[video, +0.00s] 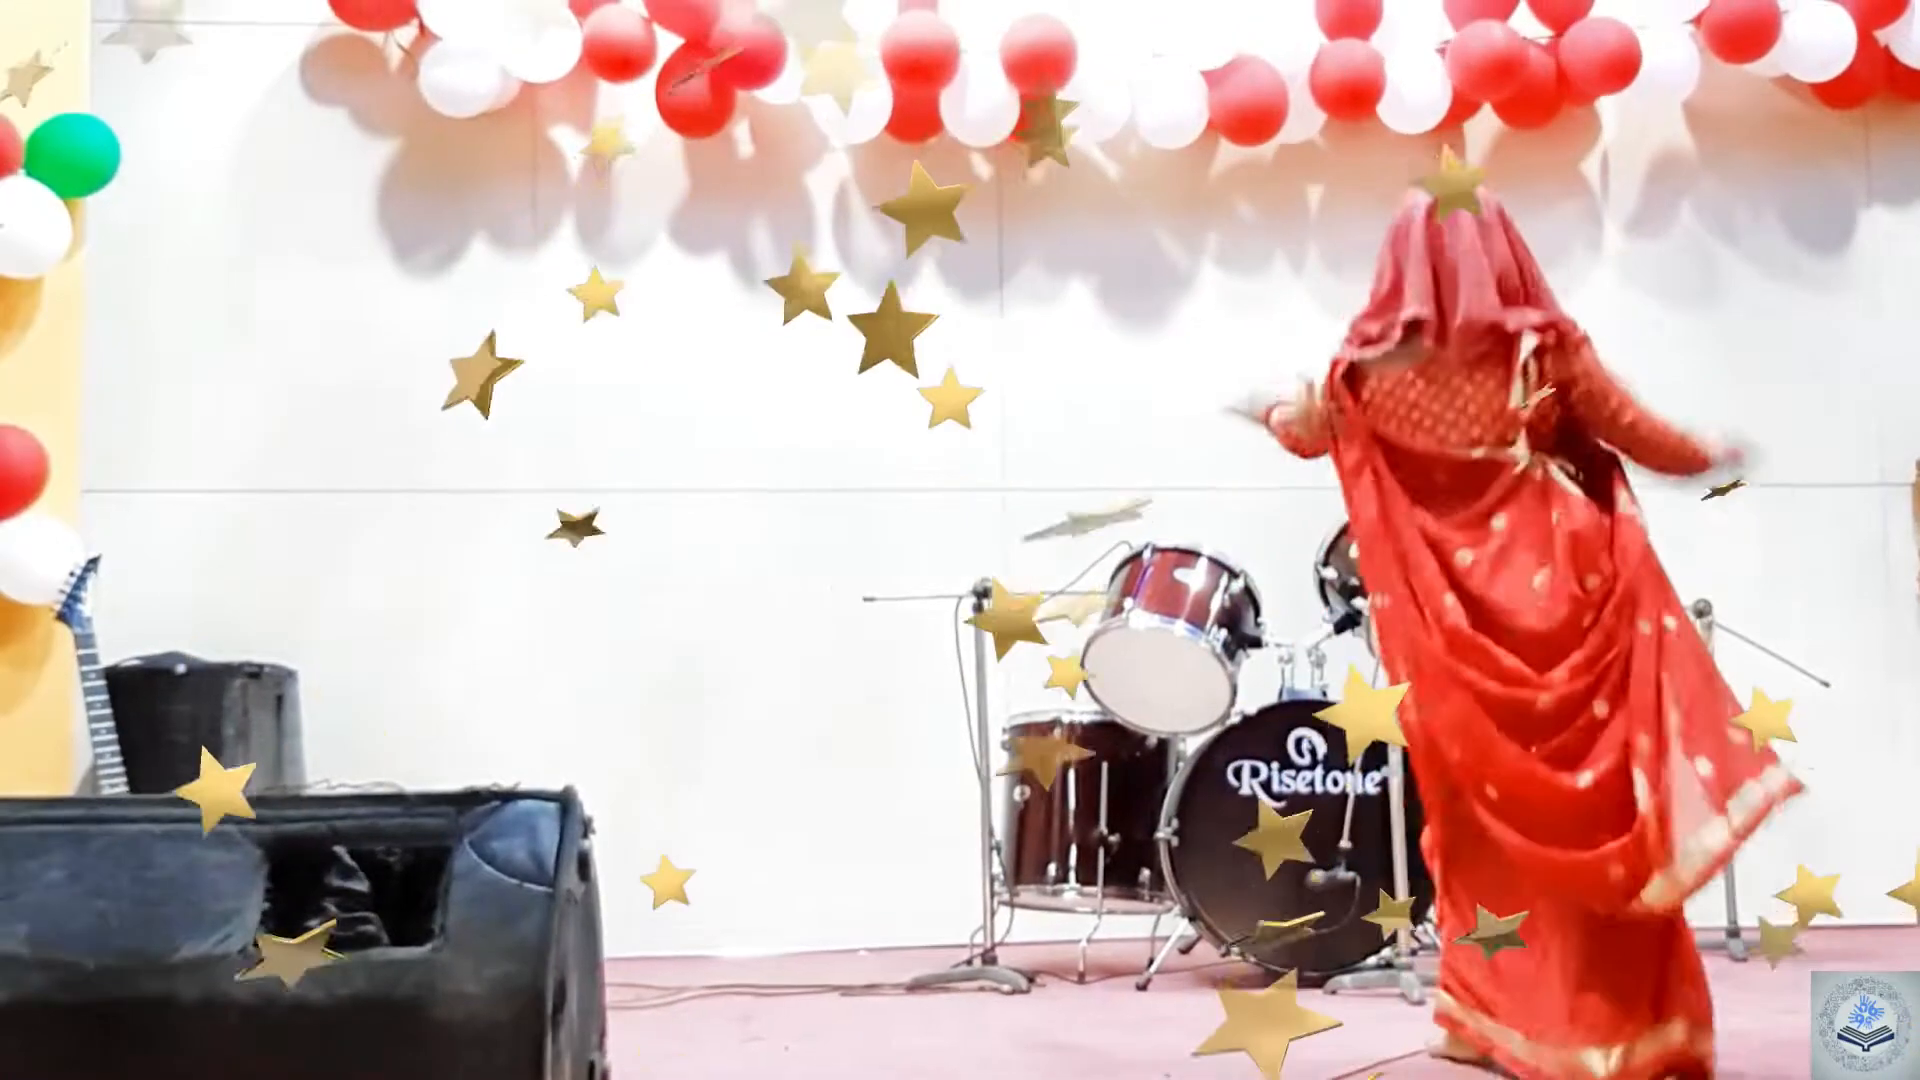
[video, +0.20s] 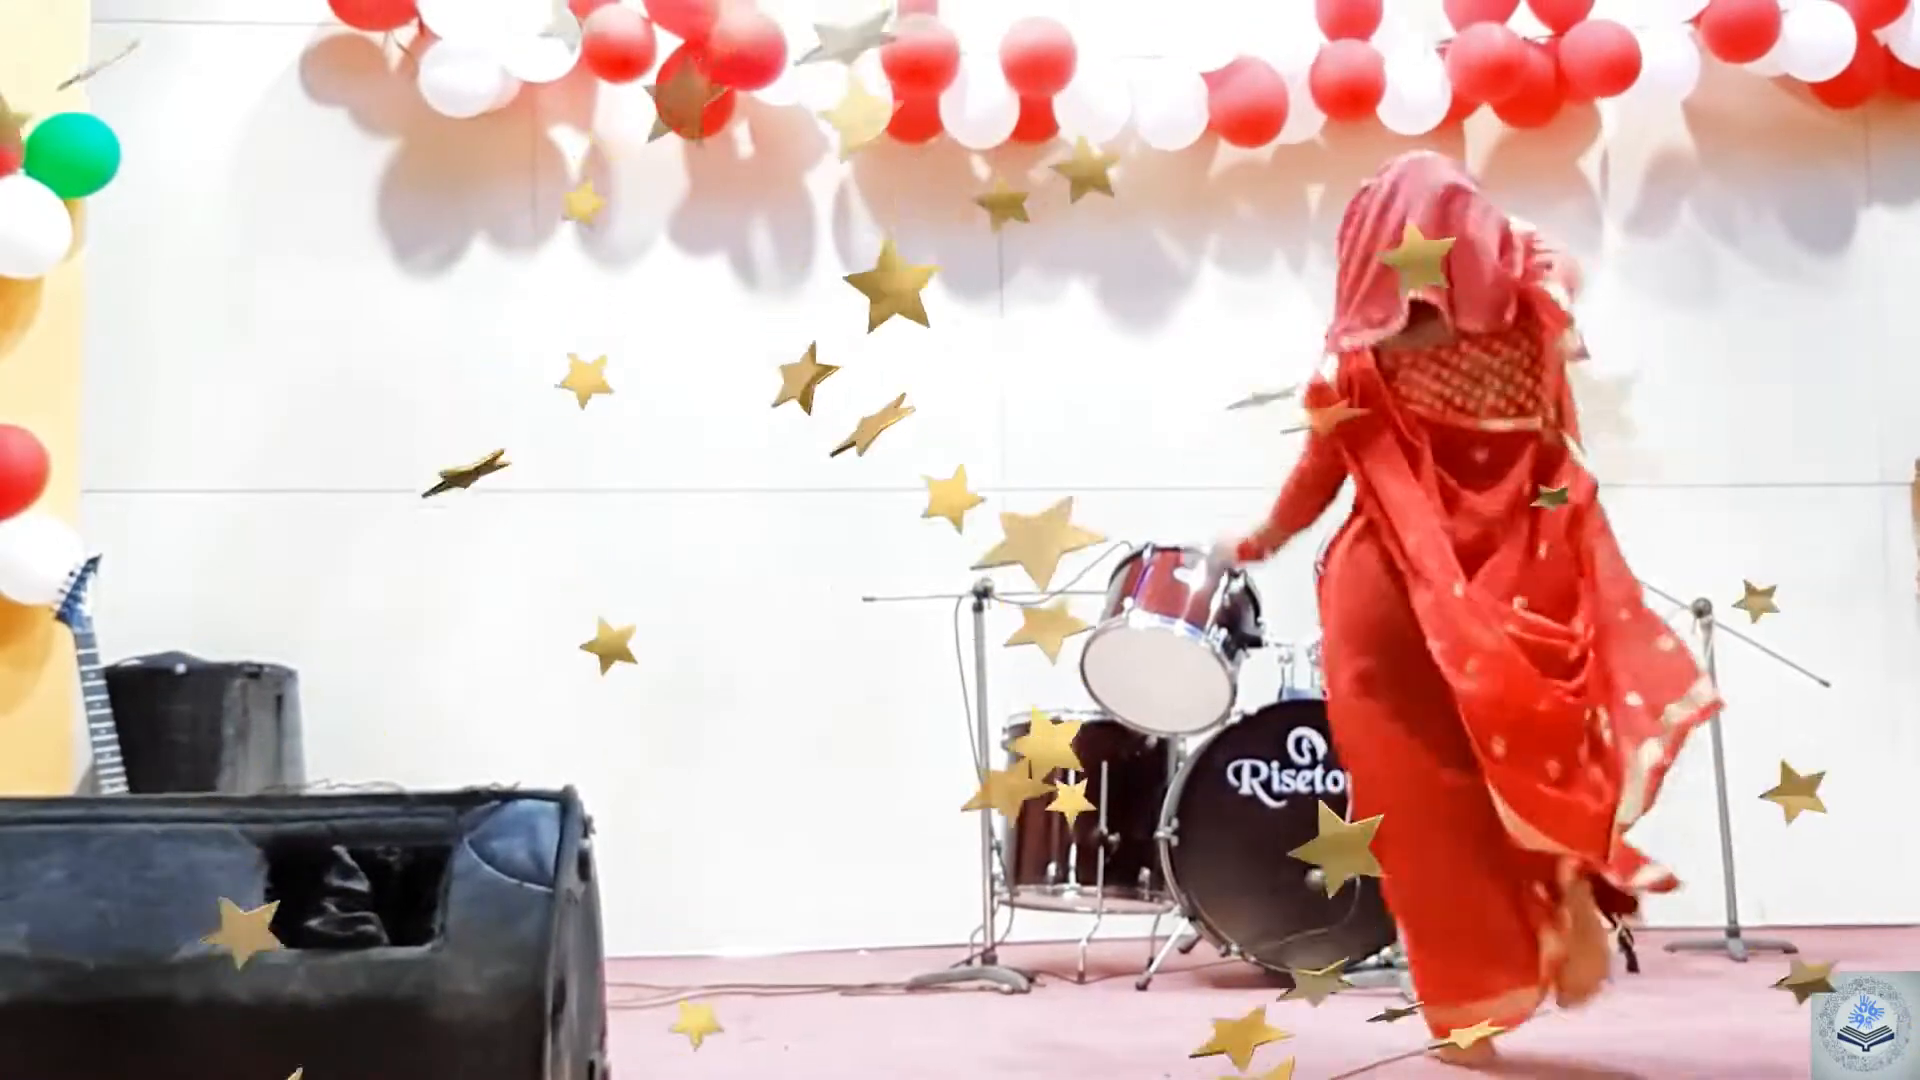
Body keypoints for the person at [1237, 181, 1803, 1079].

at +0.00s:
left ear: (1400, 264)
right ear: (1504, 259)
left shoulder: (1366, 373)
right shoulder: (1546, 352)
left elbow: (1308, 434)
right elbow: (1637, 432)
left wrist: (1273, 414)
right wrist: (1704, 458)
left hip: (1450, 629)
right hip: (1564, 614)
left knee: (1474, 827)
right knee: (1594, 817)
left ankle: (1488, 1021)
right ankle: (1619, 1028)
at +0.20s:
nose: (1417, 275)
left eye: (1412, 257)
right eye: (1416, 258)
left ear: (1370, 253)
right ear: (1484, 241)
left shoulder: (1369, 355)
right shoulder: (1535, 322)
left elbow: (1318, 468)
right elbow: (1564, 436)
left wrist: (1263, 539)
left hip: (1396, 594)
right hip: (1525, 574)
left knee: (1416, 792)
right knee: (1532, 754)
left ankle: (1460, 1008)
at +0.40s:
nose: (1350, 246)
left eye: (1352, 229)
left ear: (1358, 238)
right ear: (1449, 237)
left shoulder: (1344, 333)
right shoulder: (1489, 330)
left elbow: (1287, 443)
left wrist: (1210, 486)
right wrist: (1319, 259)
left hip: (1373, 586)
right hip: (1464, 575)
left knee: (1364, 784)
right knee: (1390, 768)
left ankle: (1449, 1003)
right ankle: (1401, 957)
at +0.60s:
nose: (1322, 286)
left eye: (1334, 272)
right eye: (1330, 271)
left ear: (1355, 284)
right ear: (1426, 298)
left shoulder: (1339, 360)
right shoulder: (1435, 406)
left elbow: (1232, 376)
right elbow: (1407, 525)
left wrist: (1174, 332)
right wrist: (1483, 567)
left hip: (1301, 625)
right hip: (1369, 630)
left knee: (1258, 810)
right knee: (1290, 810)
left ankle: (1469, 951)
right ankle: (1283, 993)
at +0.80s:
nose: (1343, 272)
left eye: (1353, 257)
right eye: (1346, 256)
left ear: (1388, 266)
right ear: (1425, 266)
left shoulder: (1385, 374)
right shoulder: (1442, 370)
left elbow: (1289, 448)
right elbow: (1342, 386)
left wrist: (1168, 473)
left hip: (1344, 609)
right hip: (1376, 601)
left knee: (1357, 797)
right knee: (1256, 779)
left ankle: (1496, 970)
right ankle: (1271, 973)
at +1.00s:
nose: (1405, 302)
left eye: (1421, 288)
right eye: (1405, 285)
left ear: (1459, 306)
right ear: (1462, 308)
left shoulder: (1461, 420)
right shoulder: (1456, 391)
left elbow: (1383, 527)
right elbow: (1420, 314)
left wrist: (1301, 598)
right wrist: (1374, 265)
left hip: (1476, 642)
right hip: (1471, 637)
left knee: (1468, 813)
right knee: (1471, 813)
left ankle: (1518, 996)